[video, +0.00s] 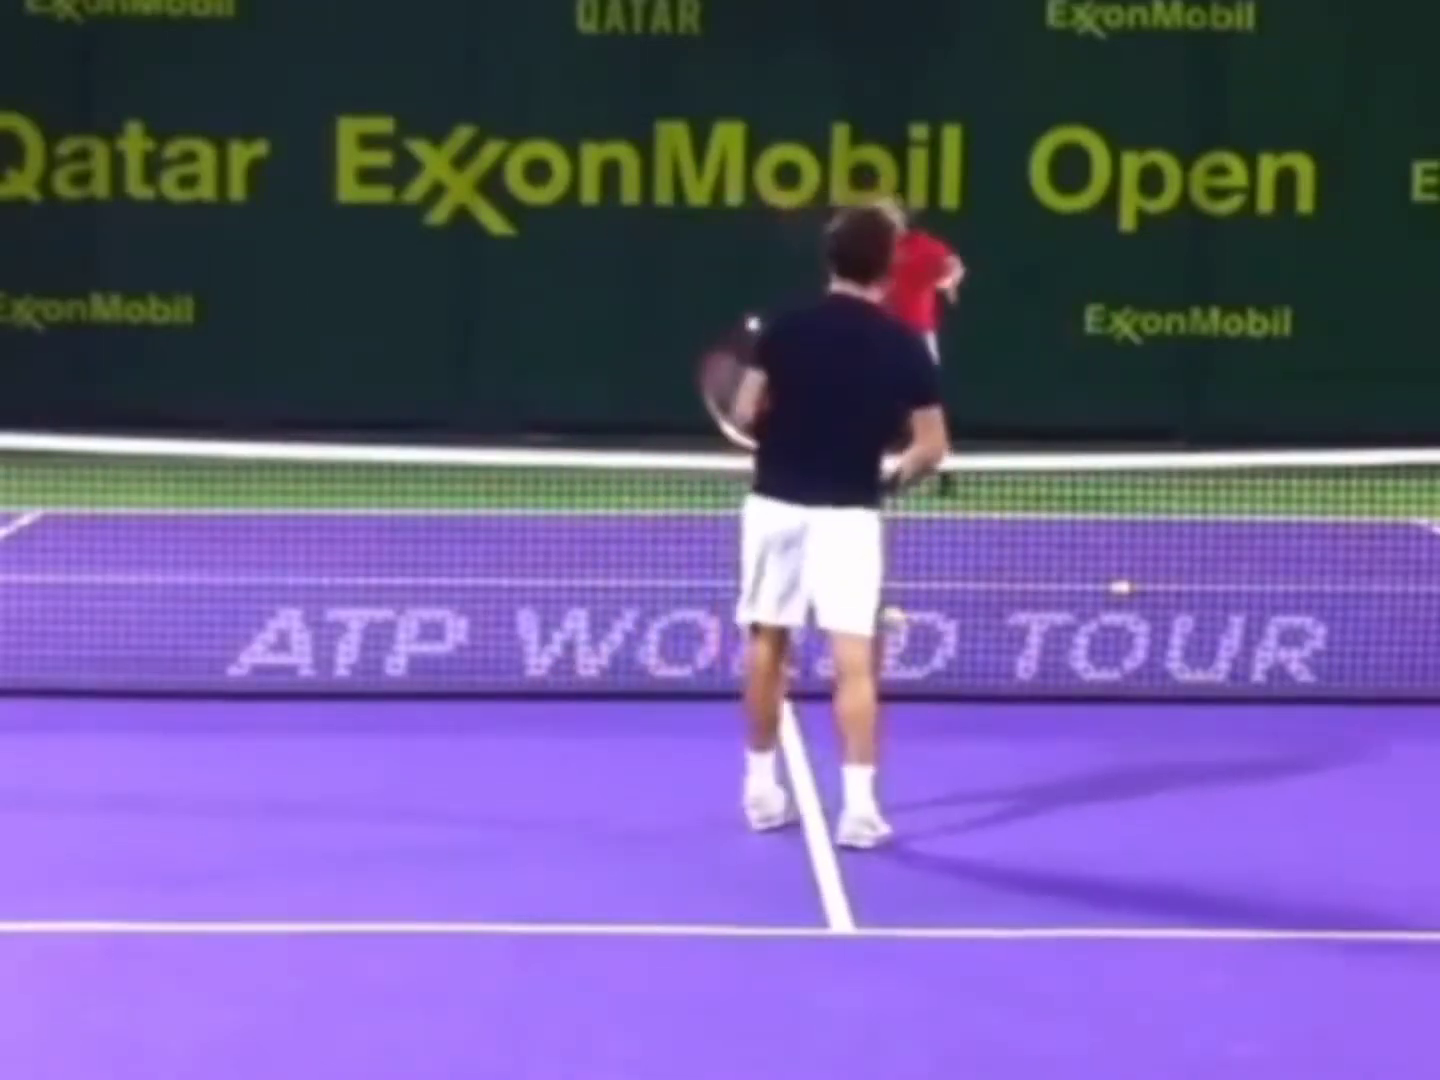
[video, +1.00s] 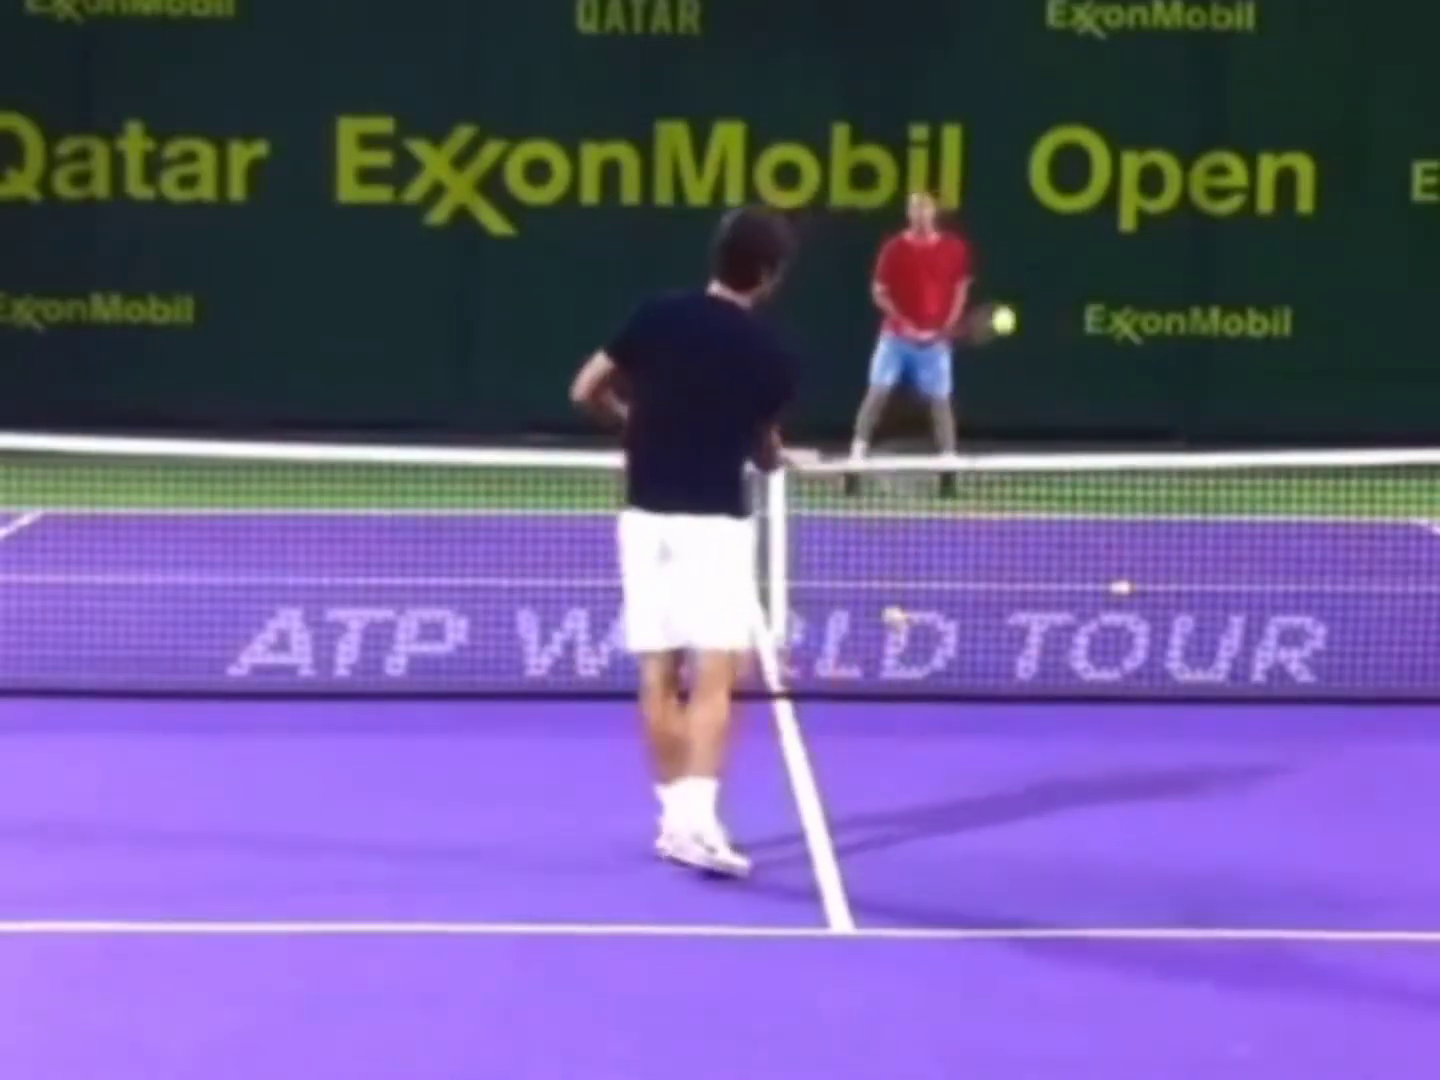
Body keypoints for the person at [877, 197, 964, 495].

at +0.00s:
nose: (885, 231)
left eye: (888, 224)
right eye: (880, 226)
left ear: (898, 223)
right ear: (876, 229)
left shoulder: (918, 245)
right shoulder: (875, 248)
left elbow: (953, 264)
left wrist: (944, 282)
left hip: (919, 332)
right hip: (882, 333)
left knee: (924, 401)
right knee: (890, 401)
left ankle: (938, 462)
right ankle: (892, 461)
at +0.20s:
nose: (923, 211)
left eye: (927, 205)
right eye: (917, 205)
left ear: (935, 208)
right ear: (909, 208)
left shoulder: (948, 242)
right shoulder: (900, 239)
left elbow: (964, 276)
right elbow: (883, 268)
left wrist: (978, 268)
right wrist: (917, 247)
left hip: (939, 325)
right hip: (905, 323)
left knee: (941, 395)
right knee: (904, 393)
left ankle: (945, 453)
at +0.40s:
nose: (936, 210)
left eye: (941, 204)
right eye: (931, 203)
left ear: (948, 208)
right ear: (923, 208)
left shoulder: (949, 243)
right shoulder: (921, 236)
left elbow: (955, 285)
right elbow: (941, 260)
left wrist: (974, 302)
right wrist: (971, 267)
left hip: (946, 327)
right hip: (915, 323)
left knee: (947, 398)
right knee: (908, 393)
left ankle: (948, 463)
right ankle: (873, 450)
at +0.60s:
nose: (944, 210)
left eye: (948, 203)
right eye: (939, 204)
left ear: (956, 208)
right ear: (930, 208)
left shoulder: (951, 241)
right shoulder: (929, 237)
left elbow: (958, 295)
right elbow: (925, 278)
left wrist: (984, 329)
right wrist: (959, 301)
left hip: (946, 328)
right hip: (918, 325)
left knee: (949, 398)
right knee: (919, 392)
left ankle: (946, 460)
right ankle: (883, 452)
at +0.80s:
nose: (941, 210)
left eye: (945, 204)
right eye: (936, 204)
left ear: (954, 208)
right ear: (928, 208)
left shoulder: (958, 243)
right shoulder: (914, 241)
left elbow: (961, 283)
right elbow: (898, 282)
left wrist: (966, 315)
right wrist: (932, 314)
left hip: (944, 333)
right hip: (910, 331)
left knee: (945, 397)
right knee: (909, 388)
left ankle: (948, 457)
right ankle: (889, 446)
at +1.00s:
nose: (920, 214)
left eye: (924, 207)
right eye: (915, 208)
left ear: (934, 212)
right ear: (908, 213)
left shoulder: (954, 248)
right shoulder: (894, 247)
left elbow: (960, 288)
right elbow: (879, 290)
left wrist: (946, 327)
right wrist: (904, 326)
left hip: (933, 337)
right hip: (897, 335)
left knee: (940, 401)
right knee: (877, 392)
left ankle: (948, 462)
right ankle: (857, 455)